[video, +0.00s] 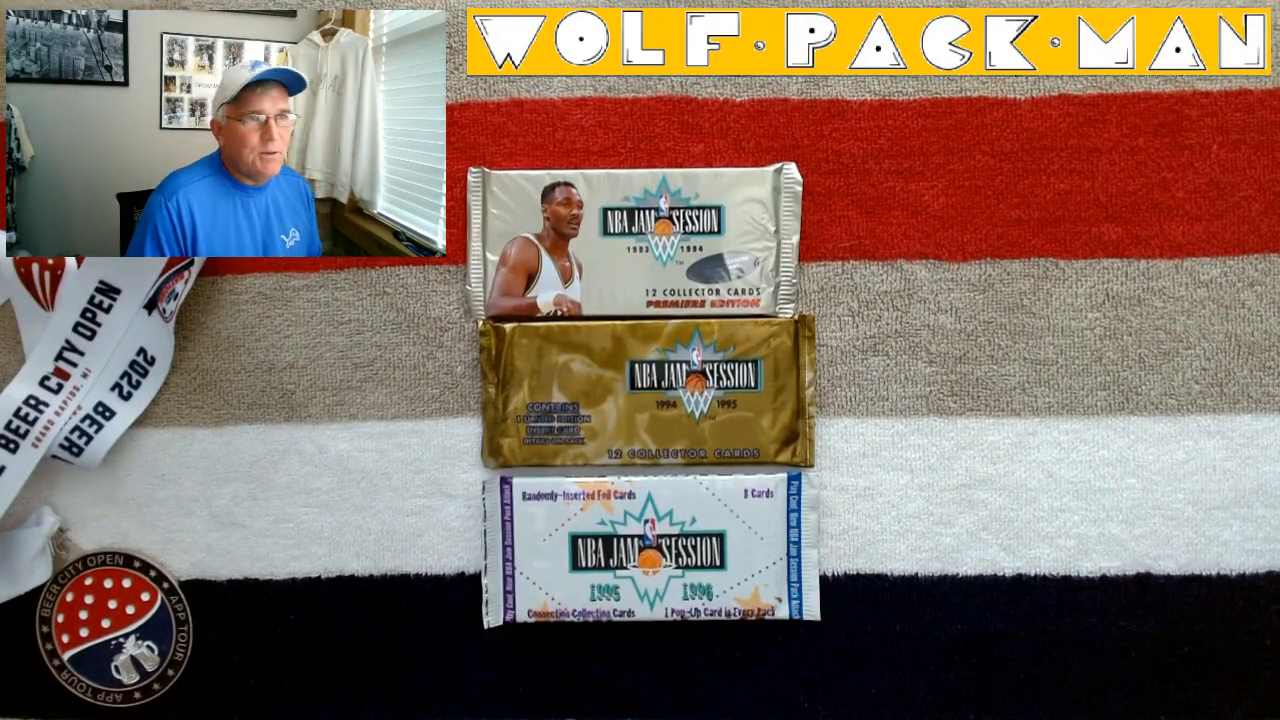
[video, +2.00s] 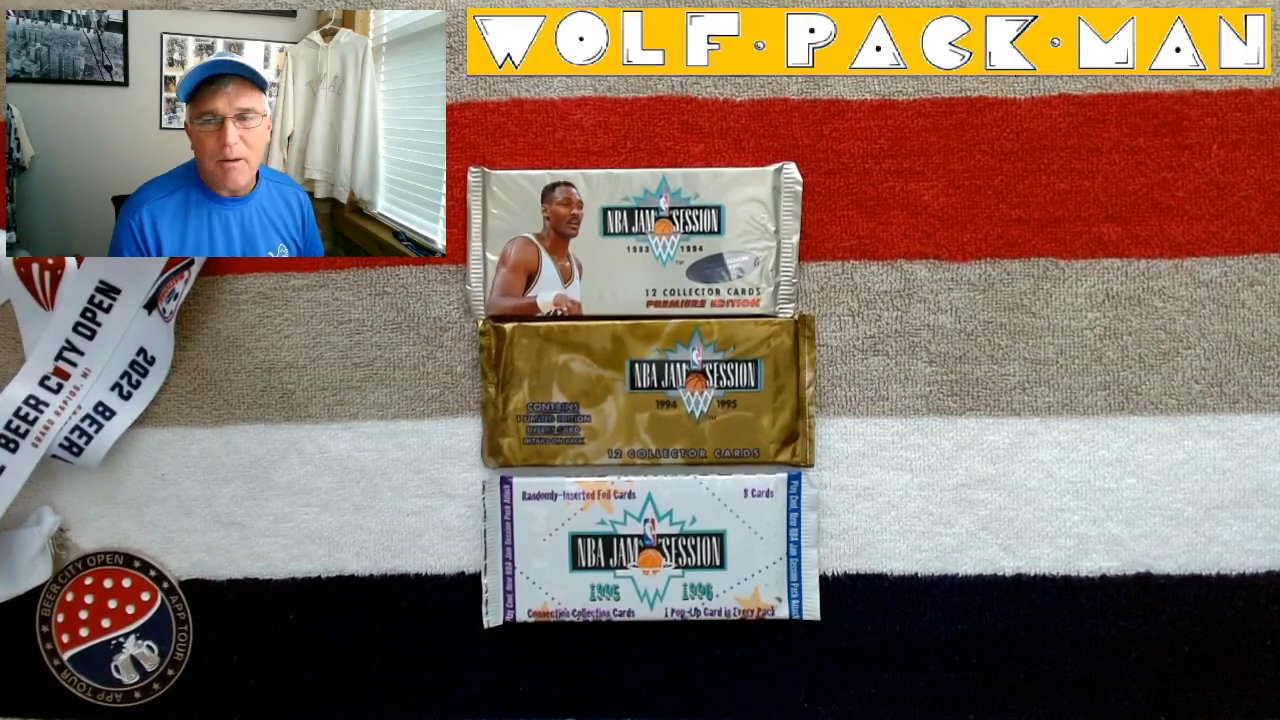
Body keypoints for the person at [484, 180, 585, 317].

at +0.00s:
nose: (576, 213)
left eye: (580, 206)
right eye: (566, 205)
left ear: (583, 211)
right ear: (545, 211)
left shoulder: (575, 265)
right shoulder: (521, 249)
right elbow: (495, 307)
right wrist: (550, 301)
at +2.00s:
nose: (576, 213)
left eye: (580, 206)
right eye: (566, 204)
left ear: (583, 211)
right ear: (546, 211)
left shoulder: (575, 266)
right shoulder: (521, 249)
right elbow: (495, 307)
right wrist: (551, 300)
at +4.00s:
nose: (576, 213)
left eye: (580, 207)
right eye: (566, 205)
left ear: (583, 211)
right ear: (545, 211)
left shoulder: (575, 266)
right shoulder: (521, 250)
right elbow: (495, 307)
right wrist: (550, 301)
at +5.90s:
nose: (576, 213)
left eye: (580, 207)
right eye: (566, 205)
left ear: (583, 211)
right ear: (545, 211)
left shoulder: (575, 266)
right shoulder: (520, 250)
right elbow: (495, 307)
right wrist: (551, 300)